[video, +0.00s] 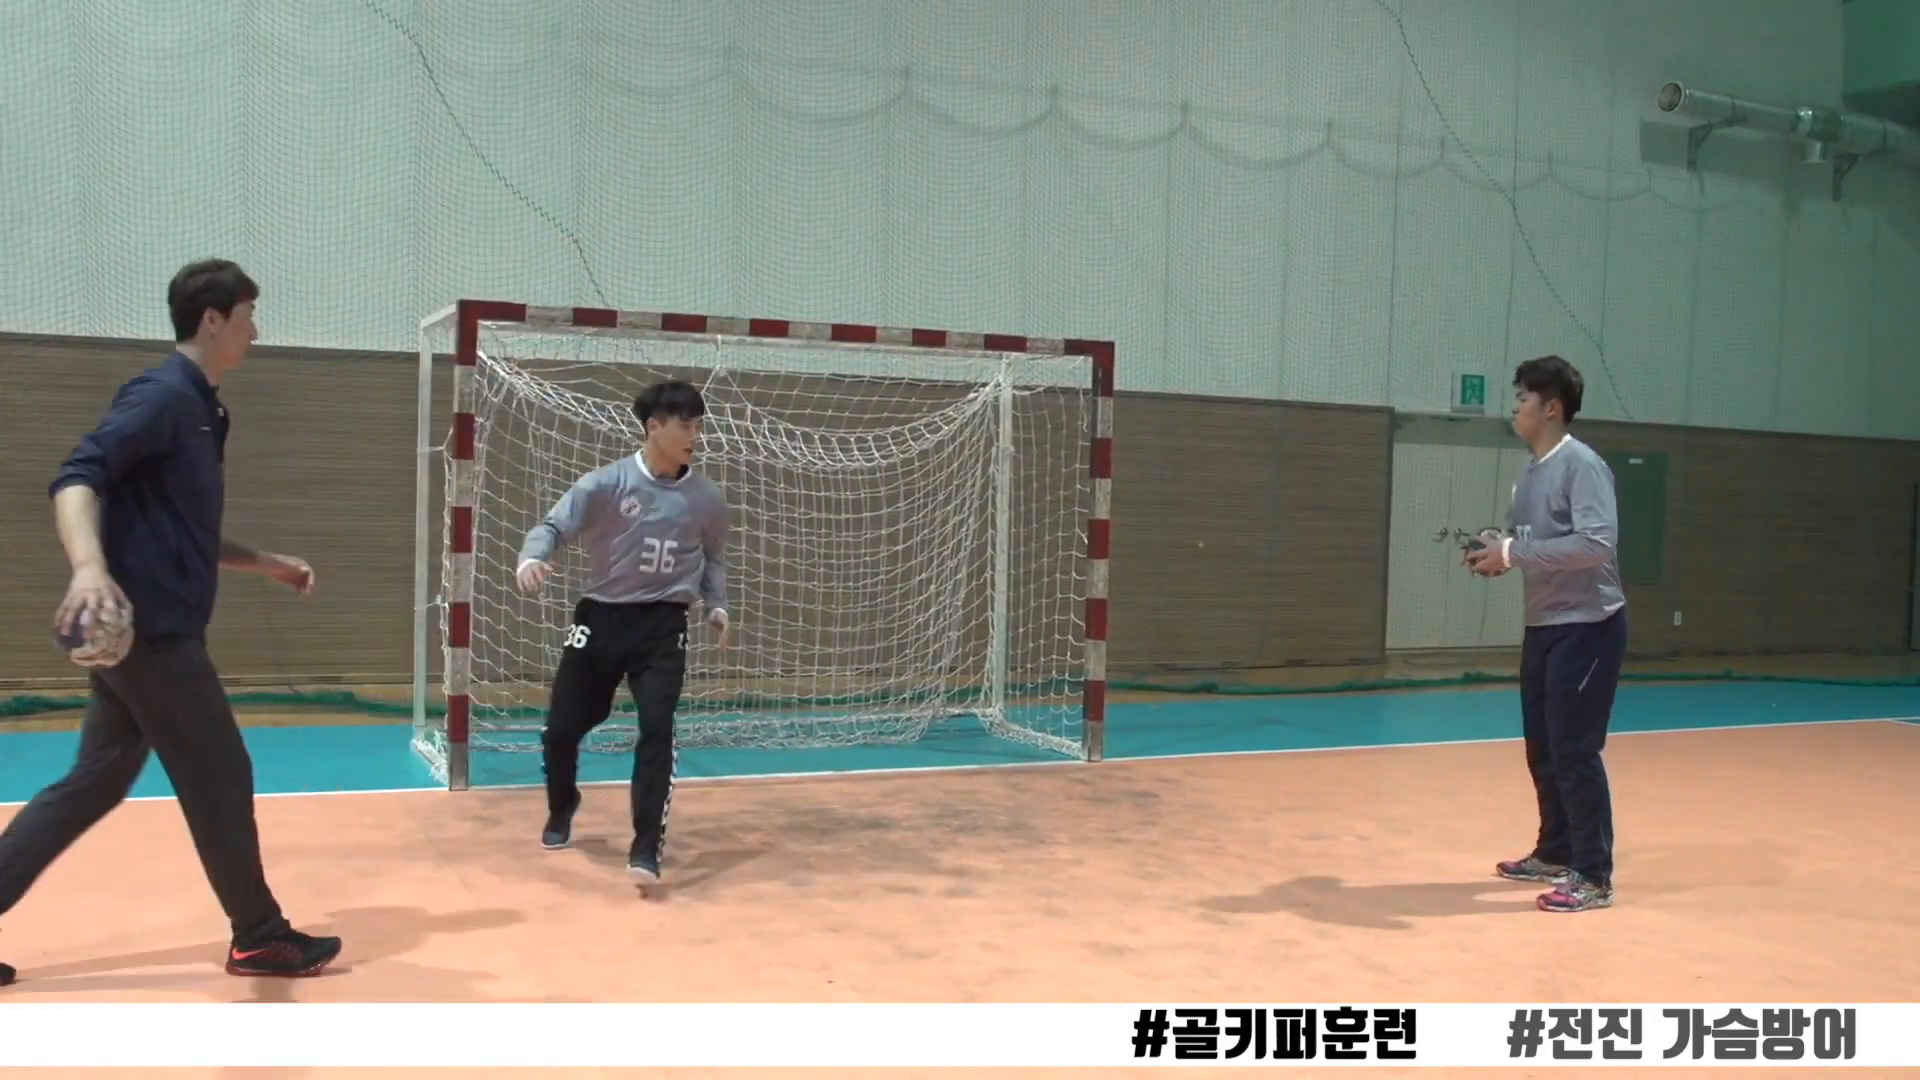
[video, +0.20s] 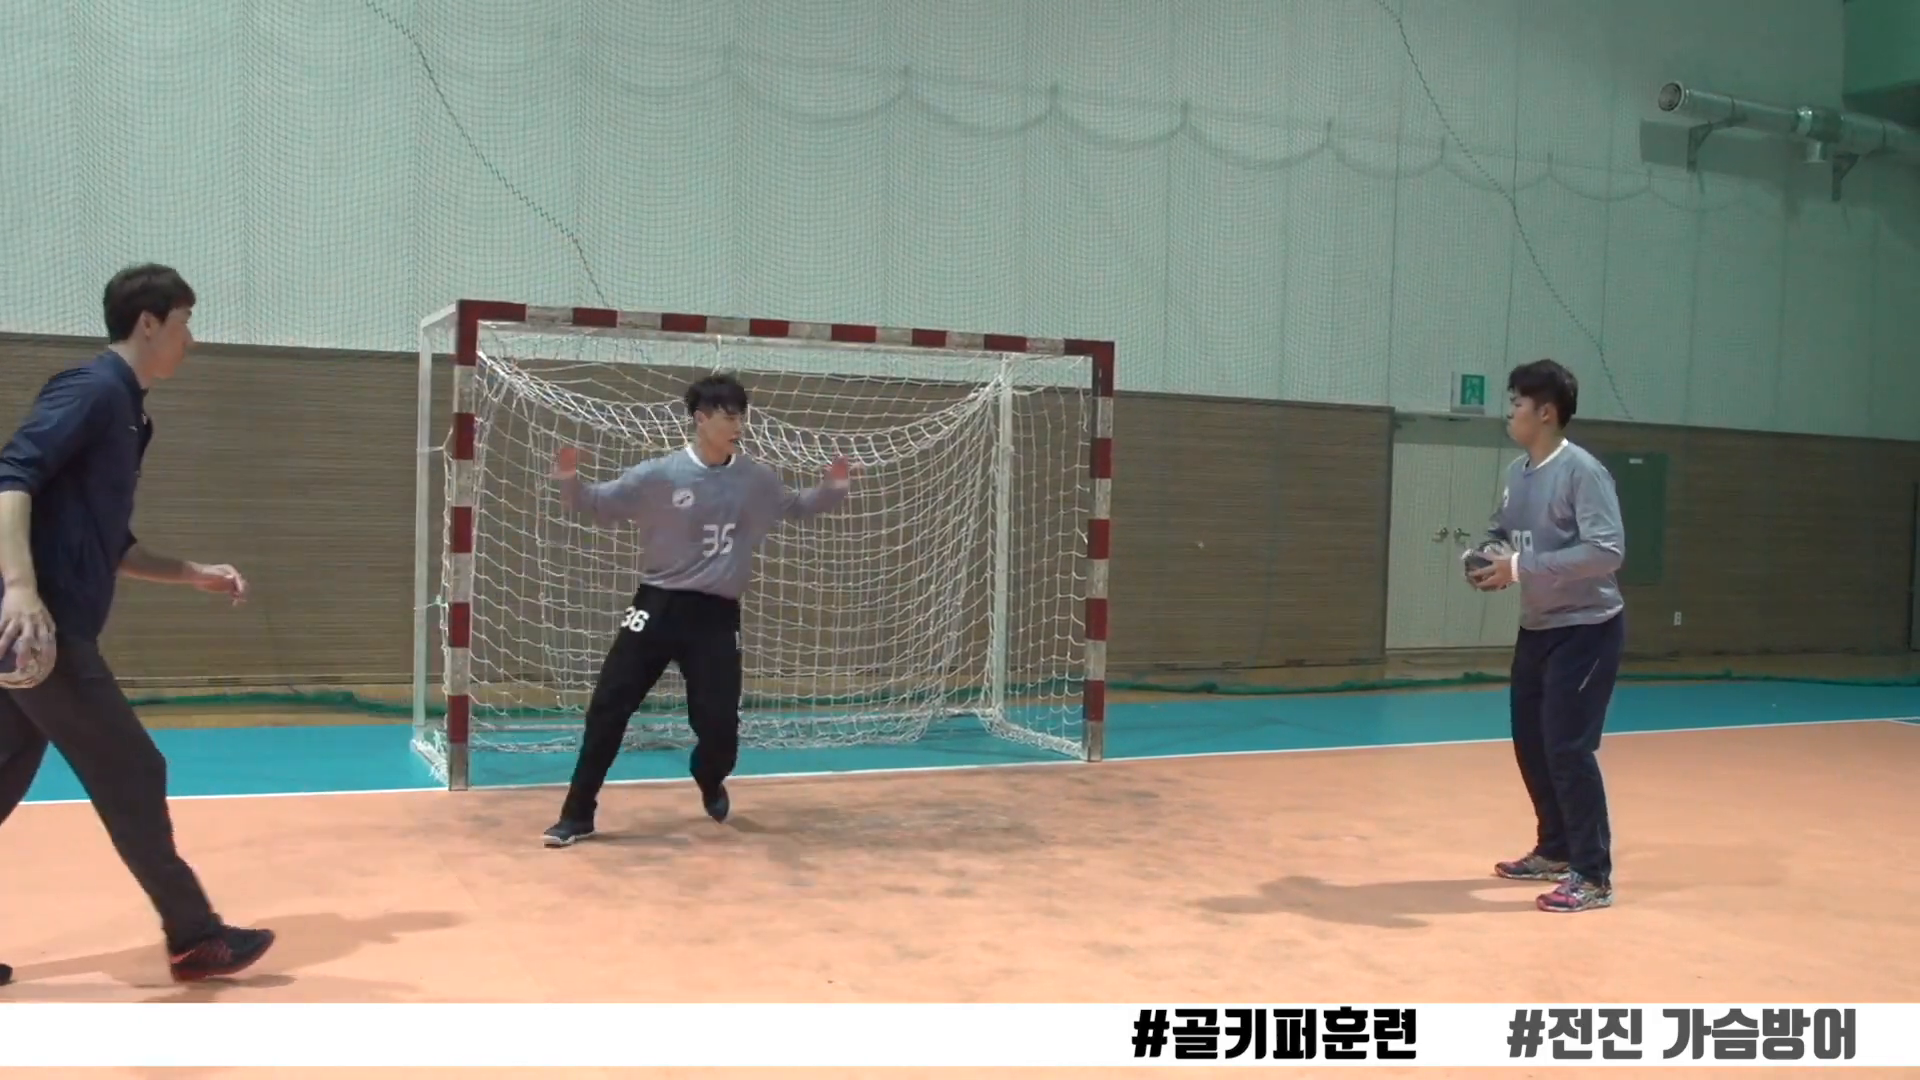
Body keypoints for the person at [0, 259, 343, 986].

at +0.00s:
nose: (255, 329)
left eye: (254, 316)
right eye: (249, 315)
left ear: (210, 320)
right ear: (213, 319)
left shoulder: (199, 405)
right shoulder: (163, 395)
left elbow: (187, 531)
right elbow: (76, 483)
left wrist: (264, 563)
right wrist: (88, 567)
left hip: (150, 631)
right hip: (149, 633)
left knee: (95, 784)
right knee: (219, 775)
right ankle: (259, 934)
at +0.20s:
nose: (190, 340)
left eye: (190, 326)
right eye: (184, 325)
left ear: (141, 324)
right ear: (148, 323)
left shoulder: (123, 408)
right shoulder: (93, 387)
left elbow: (104, 546)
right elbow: (14, 477)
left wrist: (189, 572)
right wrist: (19, 590)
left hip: (45, 631)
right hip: (42, 630)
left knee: (3, 786)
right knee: (131, 770)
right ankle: (193, 935)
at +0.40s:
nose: (149, 321)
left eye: (148, 307)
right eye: (144, 306)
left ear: (103, 309)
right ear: (107, 309)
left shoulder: (72, 380)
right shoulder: (57, 373)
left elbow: (24, 502)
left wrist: (72, 585)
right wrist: (18, 584)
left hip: (17, 618)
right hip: (11, 621)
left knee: (40, 778)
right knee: (57, 777)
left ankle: (3, 957)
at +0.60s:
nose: (132, 316)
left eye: (133, 301)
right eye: (127, 301)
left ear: (83, 303)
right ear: (88, 302)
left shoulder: (60, 379)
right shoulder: (35, 375)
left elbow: (25, 512)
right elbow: (1, 494)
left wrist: (51, 617)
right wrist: (43, 597)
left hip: (9, 628)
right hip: (1, 628)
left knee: (2, 791)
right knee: (0, 793)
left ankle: (0, 959)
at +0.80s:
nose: (128, 311)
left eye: (128, 296)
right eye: (121, 296)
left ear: (77, 299)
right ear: (79, 298)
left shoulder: (54, 379)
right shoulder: (22, 379)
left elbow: (20, 525)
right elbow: (1, 519)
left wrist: (58, 621)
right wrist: (49, 608)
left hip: (10, 631)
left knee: (3, 782)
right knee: (1, 783)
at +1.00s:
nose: (127, 302)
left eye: (128, 287)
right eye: (121, 287)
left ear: (70, 289)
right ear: (79, 288)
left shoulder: (49, 372)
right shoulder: (24, 378)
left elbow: (21, 526)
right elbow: (1, 528)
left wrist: (67, 626)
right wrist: (66, 617)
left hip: (16, 637)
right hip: (1, 640)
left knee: (32, 774)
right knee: (32, 774)